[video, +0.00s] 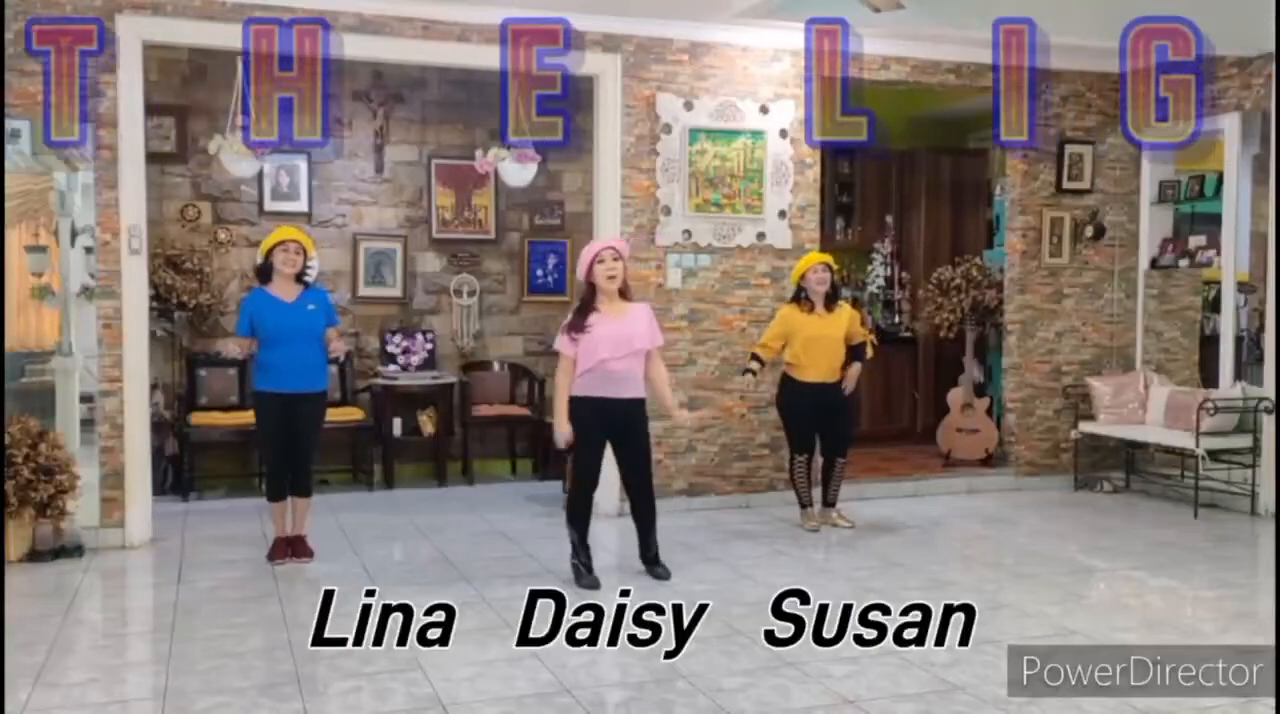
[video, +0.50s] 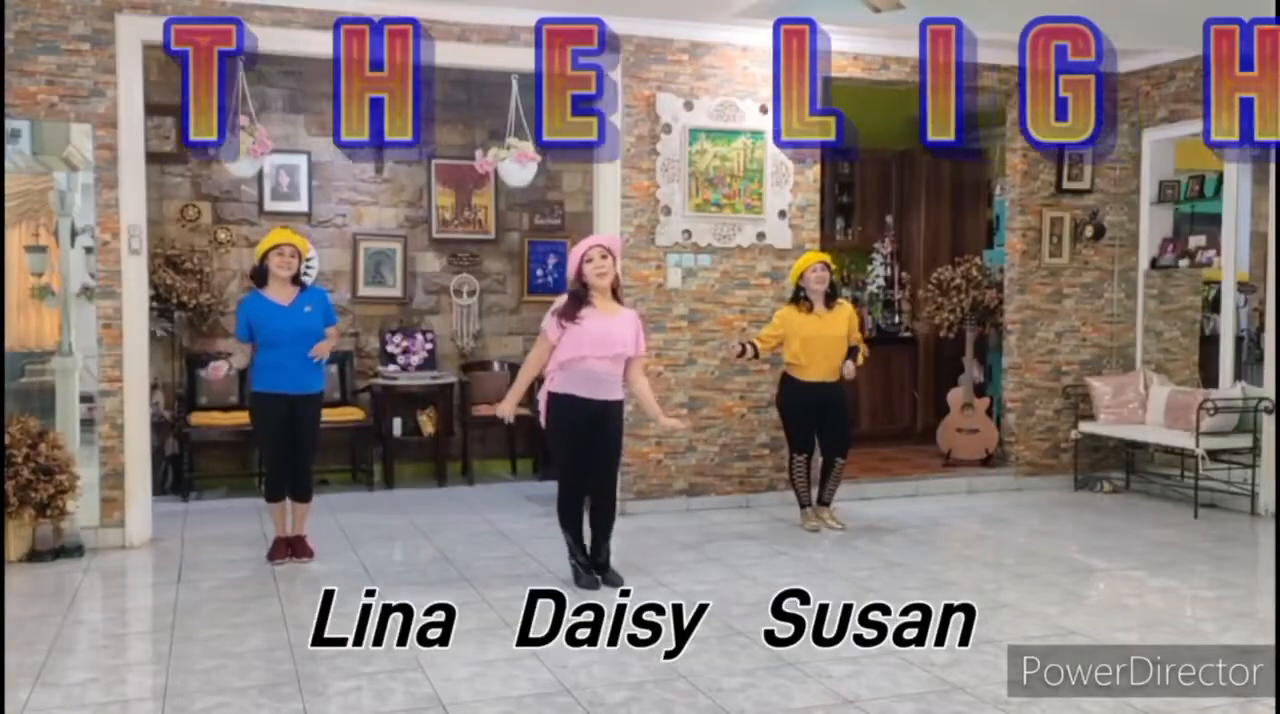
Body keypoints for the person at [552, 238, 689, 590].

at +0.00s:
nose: (610, 268)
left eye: (615, 262)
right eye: (602, 263)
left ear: (625, 270)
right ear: (590, 275)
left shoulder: (642, 313)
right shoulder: (580, 317)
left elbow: (654, 363)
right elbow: (565, 371)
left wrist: (672, 406)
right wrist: (560, 419)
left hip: (631, 408)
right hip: (588, 408)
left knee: (640, 483)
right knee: (583, 483)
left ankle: (650, 554)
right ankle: (580, 556)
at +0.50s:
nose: (599, 264)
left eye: (605, 258)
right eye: (591, 260)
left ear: (616, 266)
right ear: (580, 272)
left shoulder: (629, 319)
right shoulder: (566, 308)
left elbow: (635, 375)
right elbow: (537, 357)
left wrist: (660, 417)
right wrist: (510, 401)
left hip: (608, 406)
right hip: (566, 403)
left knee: (605, 485)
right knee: (572, 482)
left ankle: (601, 559)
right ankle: (578, 559)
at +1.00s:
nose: (601, 261)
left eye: (607, 256)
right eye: (593, 257)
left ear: (616, 264)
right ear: (580, 268)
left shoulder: (633, 311)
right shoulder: (569, 316)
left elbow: (649, 364)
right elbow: (556, 370)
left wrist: (673, 403)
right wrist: (529, 413)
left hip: (625, 406)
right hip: (581, 406)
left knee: (634, 486)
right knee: (579, 485)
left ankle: (643, 560)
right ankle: (580, 559)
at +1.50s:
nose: (617, 266)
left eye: (622, 261)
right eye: (608, 261)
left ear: (630, 268)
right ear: (594, 273)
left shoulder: (650, 302)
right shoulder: (592, 325)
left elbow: (680, 350)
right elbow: (596, 381)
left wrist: (722, 374)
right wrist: (594, 421)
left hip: (662, 404)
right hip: (621, 408)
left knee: (654, 487)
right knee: (618, 485)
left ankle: (646, 559)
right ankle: (606, 549)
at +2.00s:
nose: (623, 267)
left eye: (630, 261)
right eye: (615, 261)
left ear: (638, 270)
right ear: (603, 270)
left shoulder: (652, 309)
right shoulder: (589, 317)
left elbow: (672, 363)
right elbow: (587, 374)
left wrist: (709, 391)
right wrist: (604, 415)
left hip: (659, 405)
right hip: (619, 410)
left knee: (653, 489)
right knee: (620, 487)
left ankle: (645, 560)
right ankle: (605, 555)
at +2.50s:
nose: (614, 267)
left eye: (620, 260)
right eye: (606, 262)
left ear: (631, 269)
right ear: (595, 272)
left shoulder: (639, 319)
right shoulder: (579, 309)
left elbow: (642, 375)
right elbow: (542, 350)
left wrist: (654, 422)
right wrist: (529, 403)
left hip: (622, 410)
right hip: (579, 408)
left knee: (630, 486)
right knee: (582, 486)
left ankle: (635, 559)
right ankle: (586, 561)